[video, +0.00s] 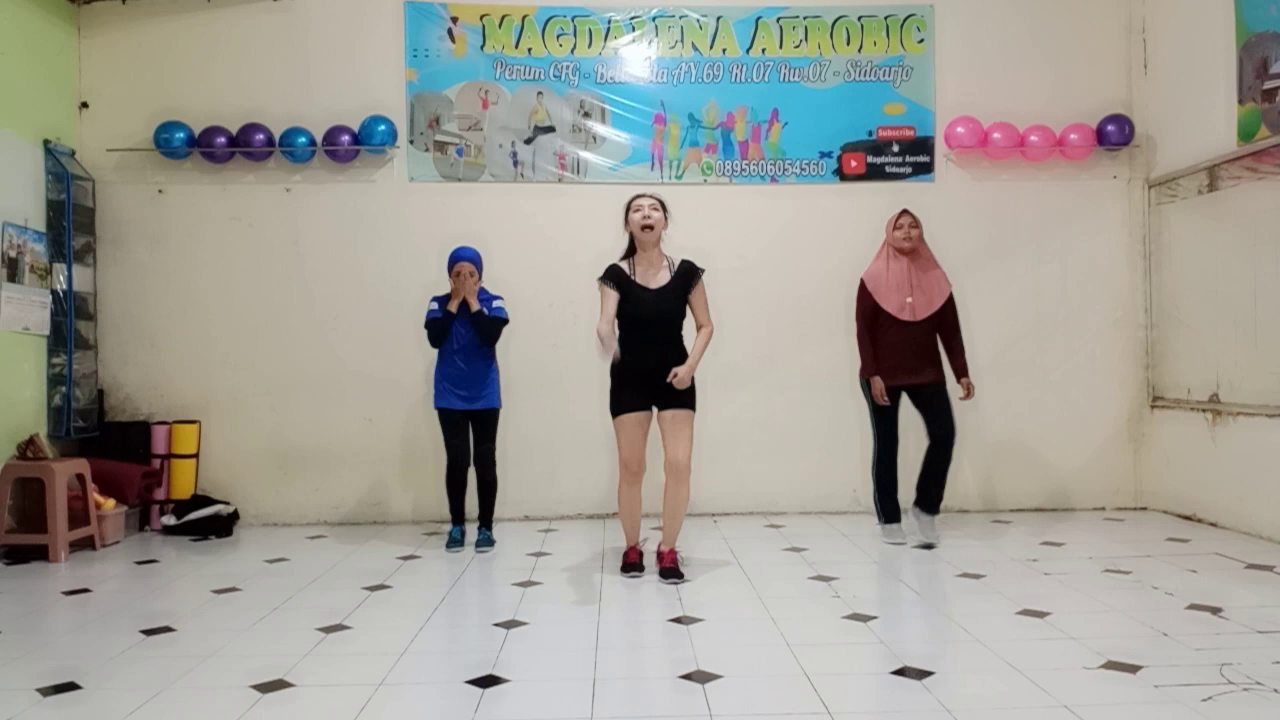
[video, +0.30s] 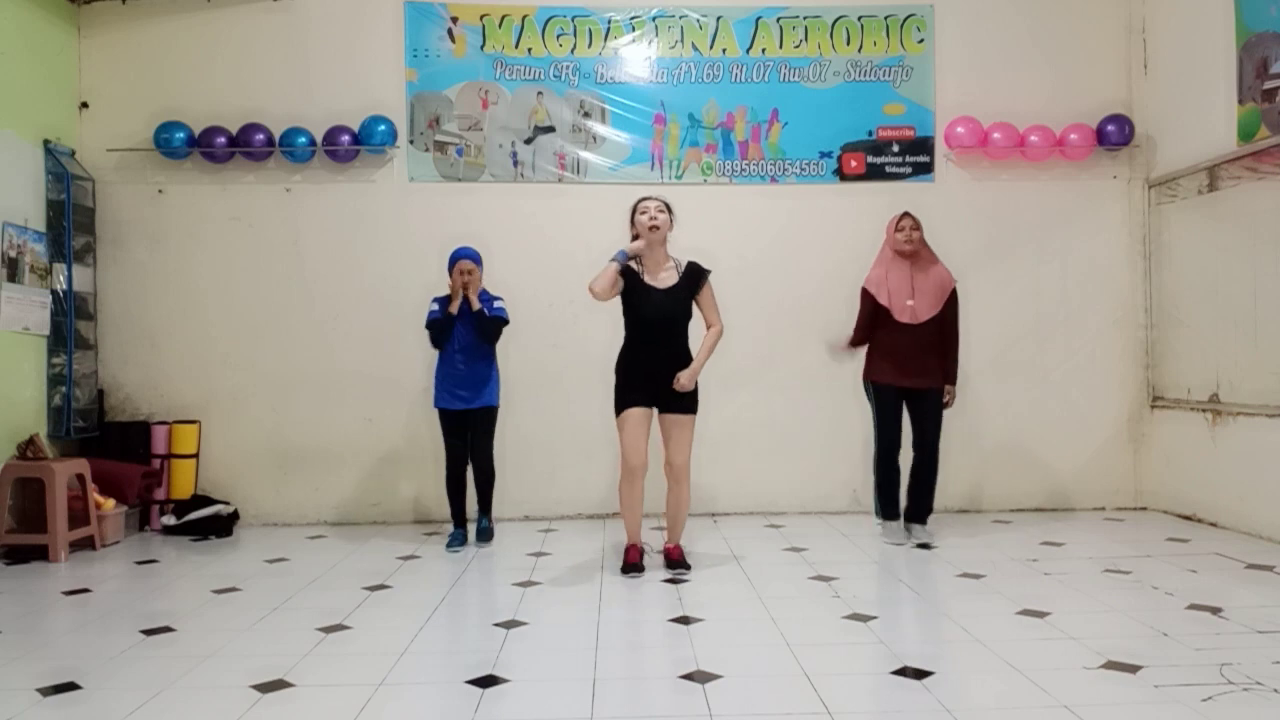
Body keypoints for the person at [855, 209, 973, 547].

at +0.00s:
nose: (907, 232)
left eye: (913, 227)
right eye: (900, 227)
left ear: (922, 235)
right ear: (889, 236)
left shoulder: (934, 277)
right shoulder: (874, 278)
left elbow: (950, 328)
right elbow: (864, 331)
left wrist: (962, 373)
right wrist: (872, 375)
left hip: (924, 371)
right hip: (883, 374)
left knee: (944, 436)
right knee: (886, 446)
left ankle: (925, 511)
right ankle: (889, 520)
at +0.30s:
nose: (909, 235)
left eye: (914, 229)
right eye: (901, 230)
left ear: (922, 235)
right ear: (890, 238)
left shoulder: (941, 279)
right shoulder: (878, 278)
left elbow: (950, 334)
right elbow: (864, 328)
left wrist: (950, 379)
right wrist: (851, 343)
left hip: (927, 377)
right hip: (884, 375)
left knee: (927, 450)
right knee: (888, 446)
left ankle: (917, 520)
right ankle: (889, 518)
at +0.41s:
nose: (910, 230)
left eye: (915, 225)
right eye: (903, 226)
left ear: (924, 232)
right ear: (892, 234)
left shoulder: (942, 275)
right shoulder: (879, 274)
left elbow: (951, 329)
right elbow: (858, 322)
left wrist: (951, 375)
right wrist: (840, 301)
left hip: (926, 365)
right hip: (885, 363)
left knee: (925, 441)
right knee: (888, 432)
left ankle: (917, 520)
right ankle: (890, 498)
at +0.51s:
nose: (911, 228)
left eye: (916, 223)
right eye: (904, 224)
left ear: (925, 230)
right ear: (892, 232)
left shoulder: (941, 272)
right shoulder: (881, 270)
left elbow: (950, 327)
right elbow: (852, 312)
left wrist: (949, 373)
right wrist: (850, 276)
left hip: (926, 364)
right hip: (885, 359)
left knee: (922, 441)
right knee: (889, 417)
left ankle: (917, 519)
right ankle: (891, 489)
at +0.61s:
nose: (912, 231)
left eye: (916, 226)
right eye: (904, 227)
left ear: (923, 233)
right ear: (892, 235)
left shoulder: (937, 274)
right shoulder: (882, 270)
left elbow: (947, 328)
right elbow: (858, 287)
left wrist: (948, 377)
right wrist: (882, 254)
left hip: (926, 373)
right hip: (884, 372)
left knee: (926, 447)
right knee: (888, 443)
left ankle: (917, 519)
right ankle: (885, 519)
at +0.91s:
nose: (910, 233)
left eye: (914, 228)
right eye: (902, 229)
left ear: (922, 234)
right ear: (890, 238)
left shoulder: (933, 276)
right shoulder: (878, 271)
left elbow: (938, 327)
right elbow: (878, 280)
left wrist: (972, 323)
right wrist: (904, 272)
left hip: (921, 368)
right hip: (879, 368)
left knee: (934, 441)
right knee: (883, 442)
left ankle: (920, 509)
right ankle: (884, 518)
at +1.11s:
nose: (909, 229)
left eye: (914, 224)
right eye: (901, 225)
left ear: (922, 231)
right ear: (890, 234)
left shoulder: (936, 271)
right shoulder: (879, 269)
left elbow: (966, 298)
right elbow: (876, 278)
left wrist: (967, 265)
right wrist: (903, 270)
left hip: (923, 367)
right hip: (882, 363)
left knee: (927, 444)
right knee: (885, 436)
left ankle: (919, 519)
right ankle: (885, 512)